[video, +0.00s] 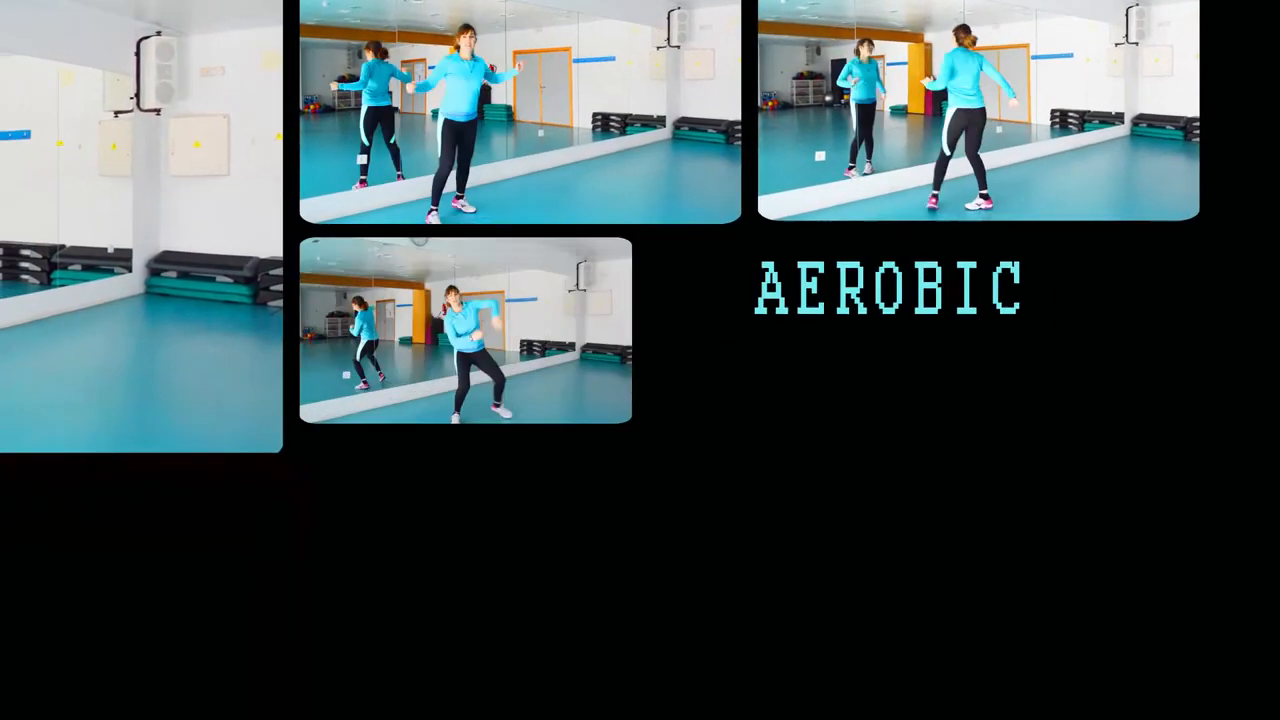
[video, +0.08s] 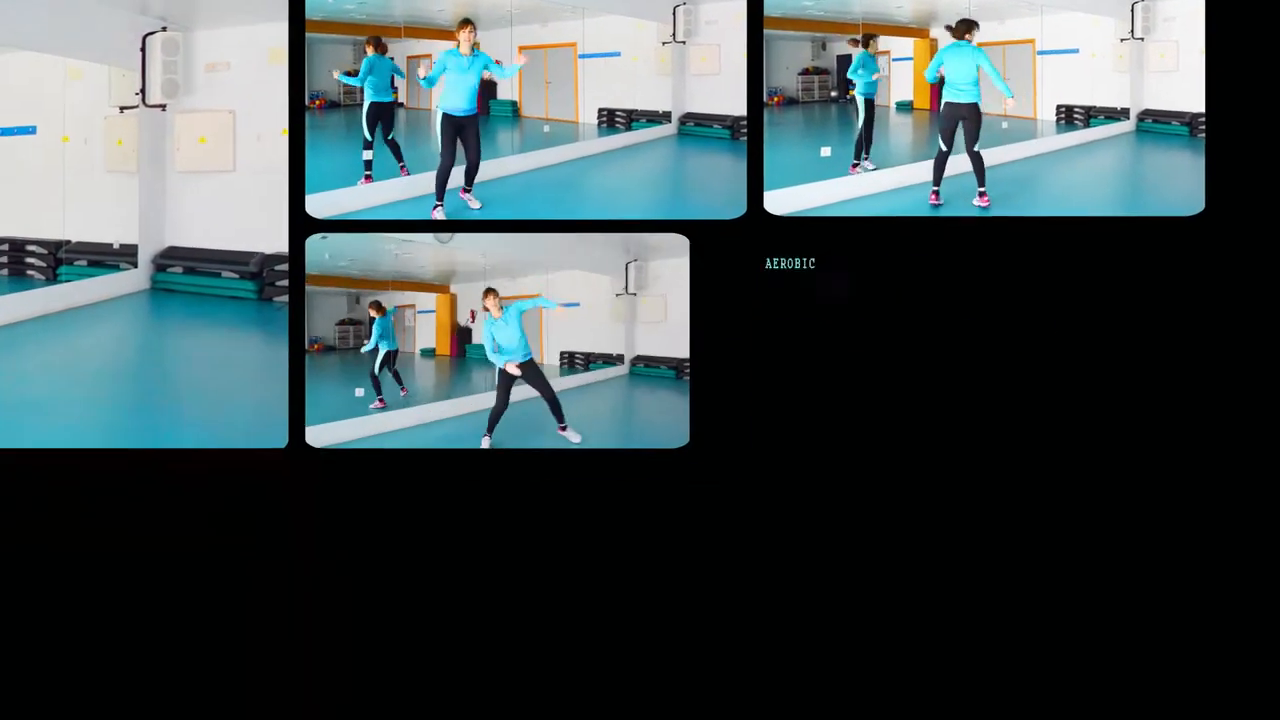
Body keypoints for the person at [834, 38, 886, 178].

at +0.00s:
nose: (870, 48)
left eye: (871, 46)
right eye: (867, 46)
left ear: (872, 49)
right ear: (860, 48)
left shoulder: (874, 63)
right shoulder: (852, 63)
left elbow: (878, 79)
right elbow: (839, 81)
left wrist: (883, 90)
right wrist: (850, 83)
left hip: (871, 100)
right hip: (857, 101)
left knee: (869, 133)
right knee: (859, 134)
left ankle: (869, 163)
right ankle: (851, 167)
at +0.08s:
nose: (877, 45)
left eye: (877, 42)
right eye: (876, 42)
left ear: (872, 43)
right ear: (870, 43)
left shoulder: (873, 58)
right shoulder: (861, 57)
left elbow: (871, 75)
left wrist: (880, 76)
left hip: (871, 95)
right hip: (861, 94)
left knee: (869, 127)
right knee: (862, 127)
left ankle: (865, 159)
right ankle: (855, 163)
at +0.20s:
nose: (880, 38)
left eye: (863, 36)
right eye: (878, 35)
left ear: (865, 37)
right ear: (876, 36)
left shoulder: (862, 50)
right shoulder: (876, 48)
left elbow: (849, 66)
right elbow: (875, 66)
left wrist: (843, 82)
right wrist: (889, 74)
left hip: (859, 86)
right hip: (870, 87)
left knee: (864, 121)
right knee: (870, 122)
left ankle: (861, 155)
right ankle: (862, 157)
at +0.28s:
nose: (863, 34)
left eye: (864, 32)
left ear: (866, 33)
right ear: (877, 32)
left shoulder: (860, 46)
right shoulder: (881, 45)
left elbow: (847, 61)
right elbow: (885, 61)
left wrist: (834, 76)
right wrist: (901, 68)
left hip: (860, 84)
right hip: (874, 84)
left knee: (862, 119)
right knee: (874, 120)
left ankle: (854, 152)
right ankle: (869, 155)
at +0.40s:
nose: (862, 29)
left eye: (862, 27)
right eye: (862, 27)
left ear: (865, 27)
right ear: (876, 27)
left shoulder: (859, 41)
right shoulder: (883, 40)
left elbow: (849, 57)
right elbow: (897, 56)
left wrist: (832, 68)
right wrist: (913, 57)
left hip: (862, 81)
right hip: (879, 81)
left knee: (859, 116)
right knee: (879, 116)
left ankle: (851, 150)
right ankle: (881, 151)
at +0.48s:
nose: (860, 28)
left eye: (861, 25)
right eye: (861, 25)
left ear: (864, 25)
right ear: (874, 25)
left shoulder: (860, 38)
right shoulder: (883, 39)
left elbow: (853, 55)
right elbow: (899, 52)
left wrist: (834, 63)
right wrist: (910, 51)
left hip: (863, 80)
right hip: (880, 79)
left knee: (858, 115)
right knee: (883, 114)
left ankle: (851, 151)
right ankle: (888, 148)